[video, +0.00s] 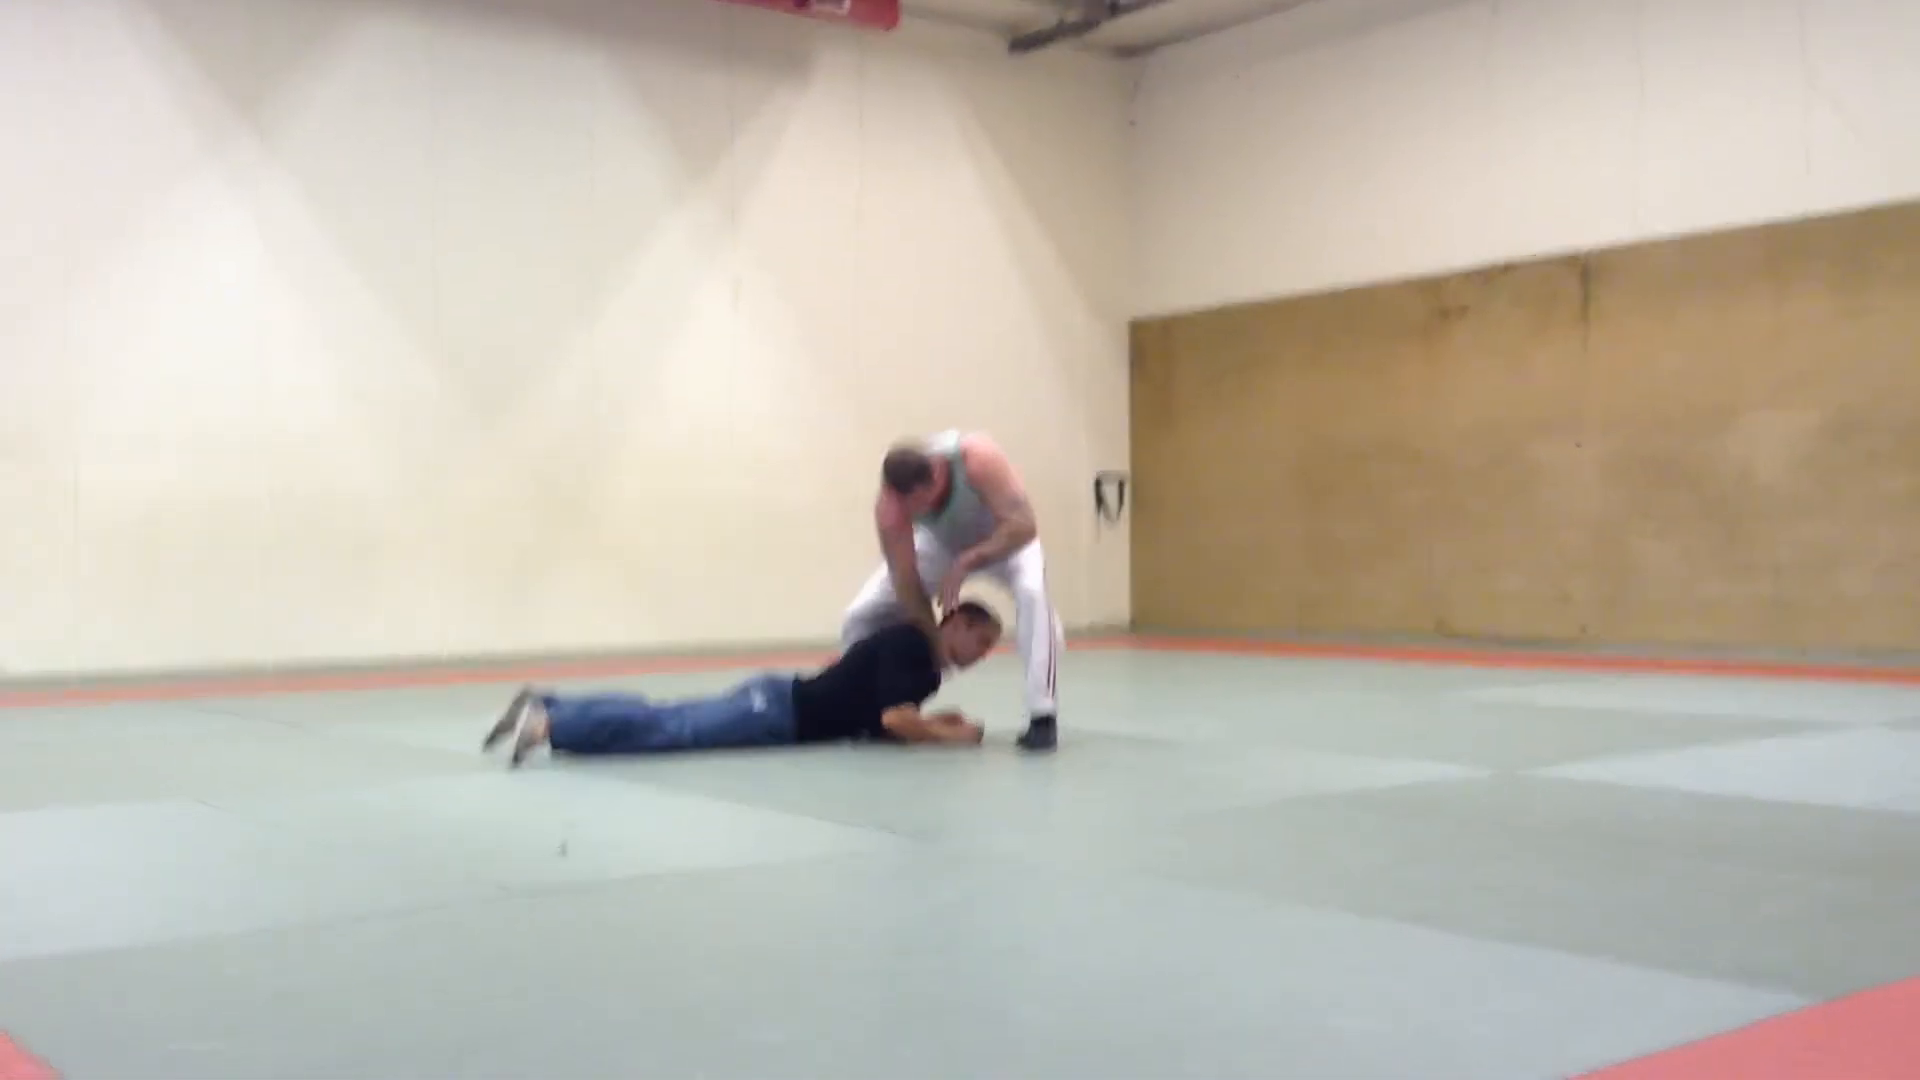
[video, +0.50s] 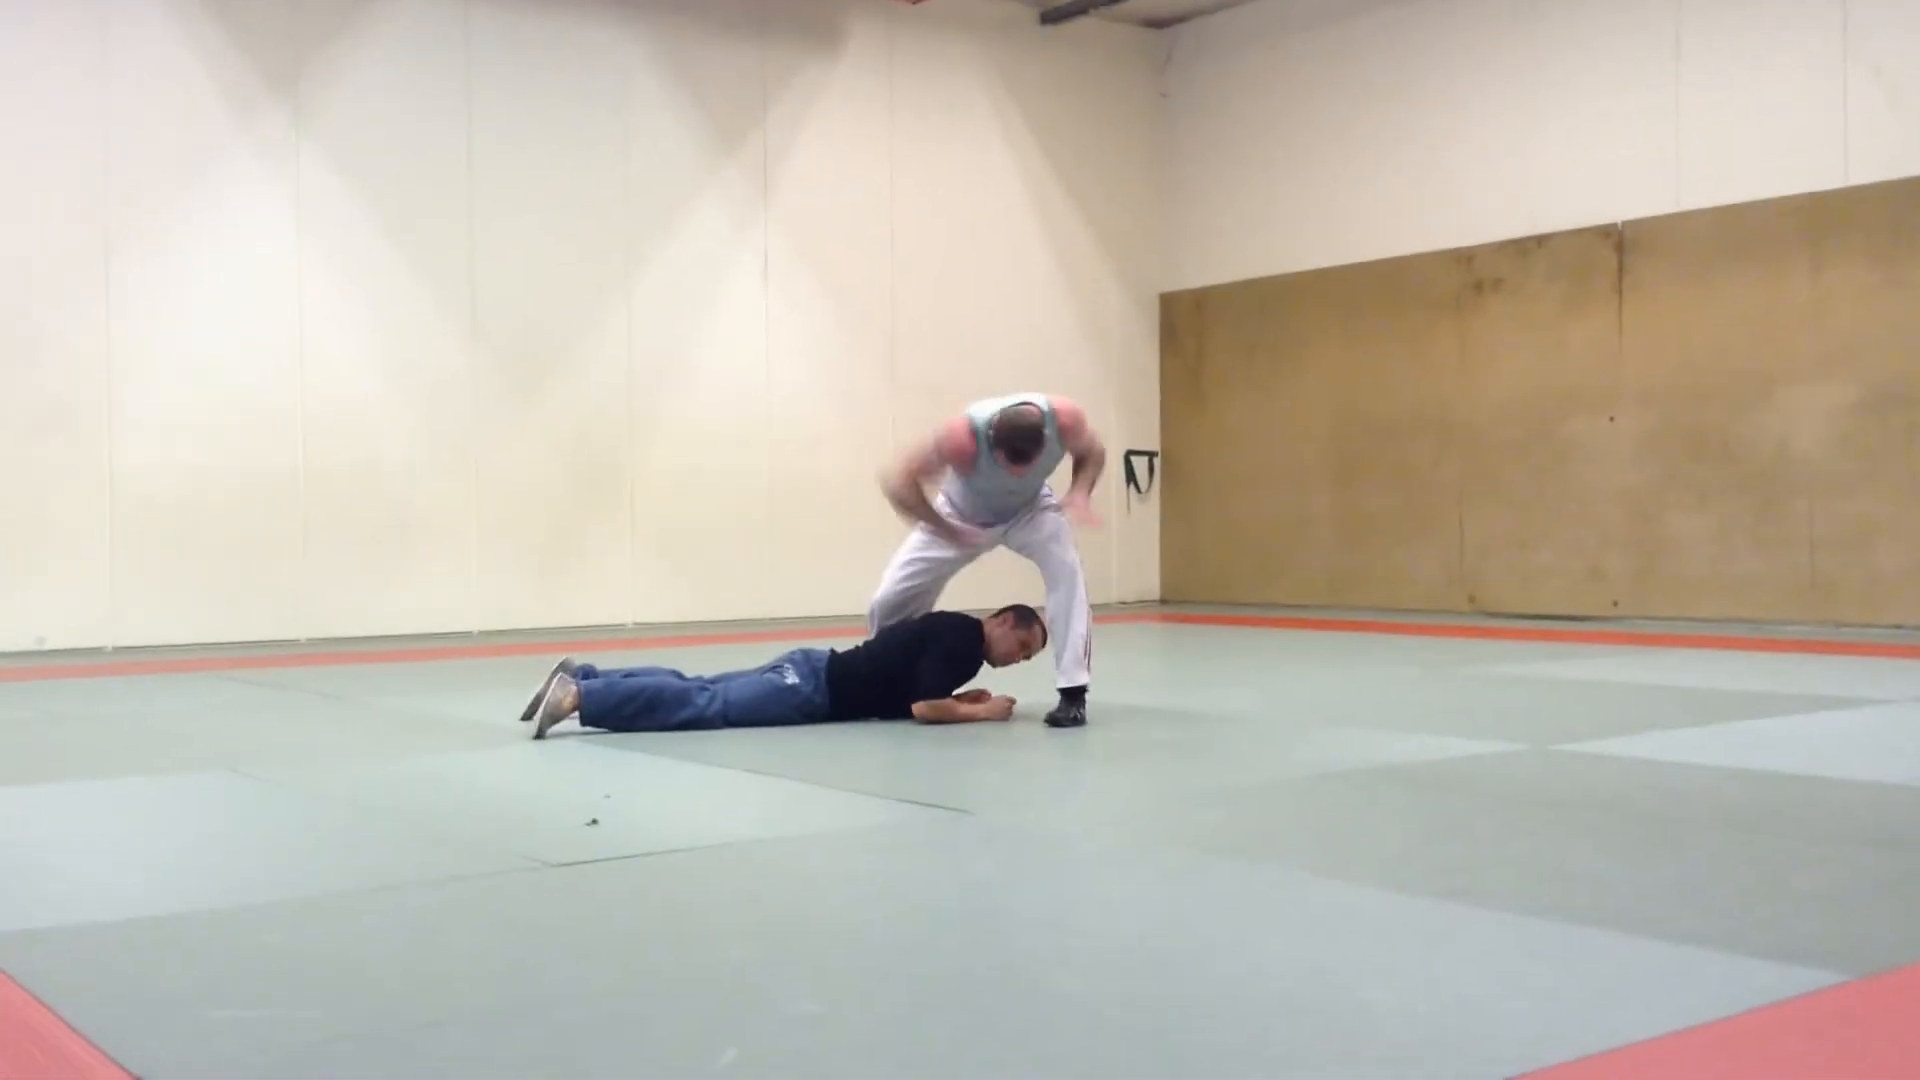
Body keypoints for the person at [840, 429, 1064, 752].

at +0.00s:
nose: (910, 509)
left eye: (915, 500)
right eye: (903, 502)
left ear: (936, 477)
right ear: (895, 491)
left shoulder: (977, 458)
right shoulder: (891, 502)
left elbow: (1023, 526)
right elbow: (906, 580)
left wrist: (964, 564)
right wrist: (934, 641)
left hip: (1002, 539)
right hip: (938, 545)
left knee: (1032, 595)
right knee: (859, 620)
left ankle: (1042, 716)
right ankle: (872, 711)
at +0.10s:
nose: (934, 484)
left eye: (940, 477)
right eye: (925, 479)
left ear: (956, 450)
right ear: (909, 461)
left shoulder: (994, 454)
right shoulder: (898, 458)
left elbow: (1015, 536)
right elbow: (889, 513)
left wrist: (964, 582)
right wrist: (914, 563)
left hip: (1006, 530)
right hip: (948, 533)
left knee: (1040, 585)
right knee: (874, 608)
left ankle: (1050, 707)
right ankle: (865, 700)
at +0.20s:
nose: (950, 473)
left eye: (957, 466)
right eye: (942, 468)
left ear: (973, 443)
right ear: (927, 443)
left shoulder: (1008, 455)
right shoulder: (919, 422)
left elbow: (1027, 540)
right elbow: (872, 431)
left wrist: (978, 590)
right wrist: (878, 488)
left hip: (1012, 524)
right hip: (951, 525)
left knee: (1048, 578)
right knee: (879, 607)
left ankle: (1057, 704)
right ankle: (868, 698)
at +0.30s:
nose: (974, 467)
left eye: (981, 460)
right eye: (965, 460)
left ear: (996, 441)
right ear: (949, 439)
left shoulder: (1024, 451)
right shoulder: (938, 401)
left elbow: (1069, 521)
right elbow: (880, 364)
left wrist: (1013, 563)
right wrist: (861, 427)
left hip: (1021, 521)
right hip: (954, 521)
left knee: (1058, 578)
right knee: (884, 606)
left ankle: (1066, 700)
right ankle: (879, 698)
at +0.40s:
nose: (999, 469)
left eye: (1005, 464)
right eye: (991, 463)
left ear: (1020, 443)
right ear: (974, 439)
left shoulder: (1049, 439)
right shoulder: (955, 406)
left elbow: (1094, 491)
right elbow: (882, 384)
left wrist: (1055, 527)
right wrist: (893, 451)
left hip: (1024, 518)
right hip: (957, 518)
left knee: (1064, 574)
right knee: (886, 603)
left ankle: (1071, 697)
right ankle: (885, 695)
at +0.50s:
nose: (1018, 472)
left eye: (1026, 465)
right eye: (1010, 464)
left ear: (1042, 445)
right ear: (996, 444)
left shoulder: (1065, 421)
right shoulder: (964, 437)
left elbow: (1091, 454)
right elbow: (898, 481)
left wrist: (1078, 495)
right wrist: (950, 532)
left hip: (1029, 513)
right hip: (961, 519)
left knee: (1065, 568)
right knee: (888, 605)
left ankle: (1073, 693)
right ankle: (889, 691)